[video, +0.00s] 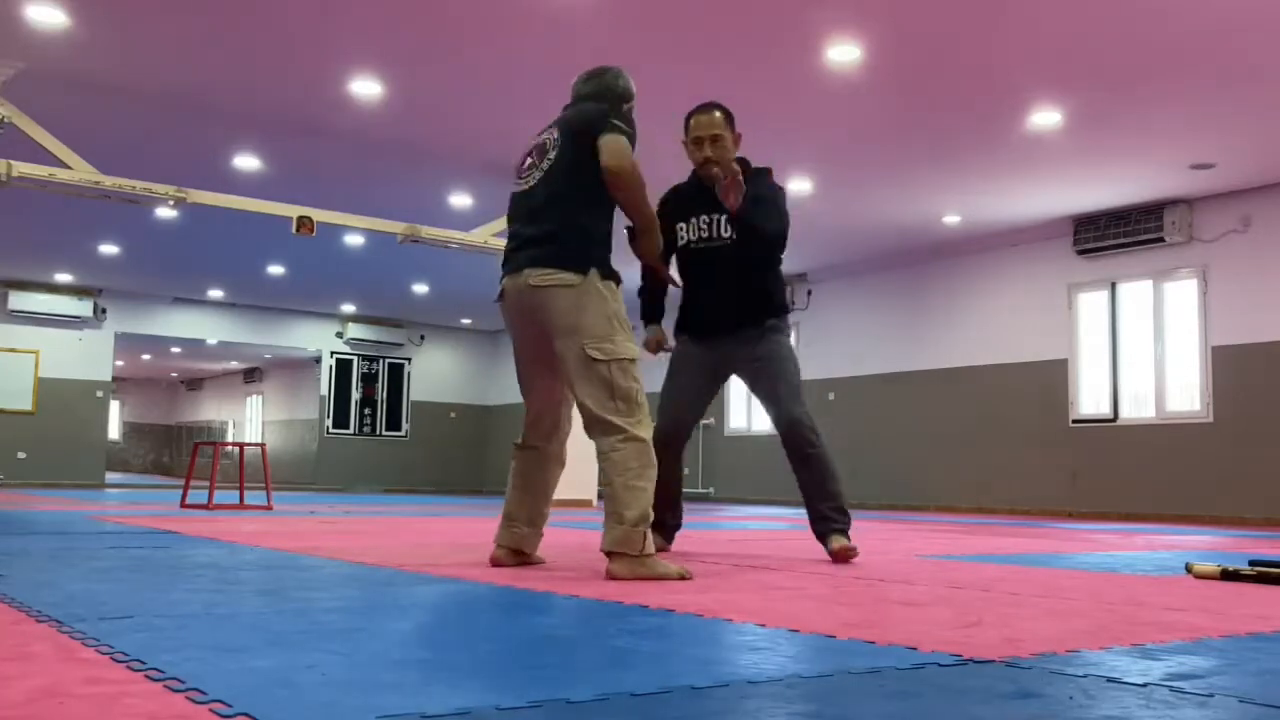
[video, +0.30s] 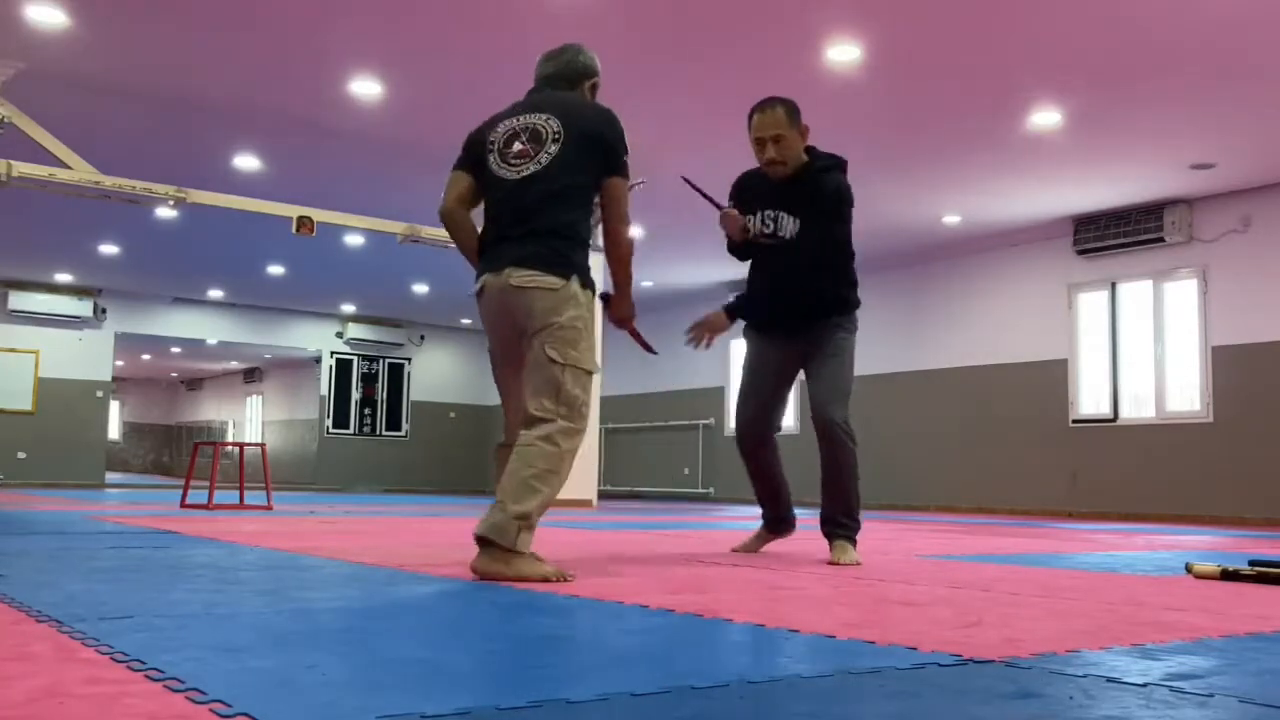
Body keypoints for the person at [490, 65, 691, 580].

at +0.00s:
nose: (633, 112)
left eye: (632, 104)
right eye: (631, 104)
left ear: (578, 98)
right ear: (622, 102)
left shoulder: (546, 139)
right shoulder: (607, 121)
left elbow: (549, 220)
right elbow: (617, 166)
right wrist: (648, 230)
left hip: (518, 284)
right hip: (573, 280)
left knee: (543, 421)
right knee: (622, 420)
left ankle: (514, 542)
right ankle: (630, 551)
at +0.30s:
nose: (599, 97)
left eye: (598, 91)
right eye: (599, 90)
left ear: (540, 81)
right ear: (590, 86)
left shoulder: (494, 127)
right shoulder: (599, 121)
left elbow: (452, 207)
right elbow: (616, 225)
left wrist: (486, 265)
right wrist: (623, 294)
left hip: (494, 283)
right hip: (554, 283)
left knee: (519, 419)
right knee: (560, 419)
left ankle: (511, 545)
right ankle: (503, 546)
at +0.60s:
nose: (603, 142)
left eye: (606, 132)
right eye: (605, 128)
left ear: (575, 113)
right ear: (592, 115)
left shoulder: (555, 169)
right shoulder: (549, 125)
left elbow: (584, 263)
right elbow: (532, 187)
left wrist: (617, 216)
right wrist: (583, 260)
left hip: (515, 303)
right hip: (520, 302)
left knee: (529, 422)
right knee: (552, 422)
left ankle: (522, 526)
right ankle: (501, 550)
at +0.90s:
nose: (631, 185)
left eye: (635, 177)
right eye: (629, 172)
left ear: (607, 164)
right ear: (605, 157)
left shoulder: (595, 231)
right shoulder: (537, 168)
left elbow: (641, 289)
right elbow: (467, 202)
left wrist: (689, 232)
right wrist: (509, 251)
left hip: (532, 334)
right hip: (485, 314)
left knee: (572, 431)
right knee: (505, 407)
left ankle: (526, 537)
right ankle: (450, 544)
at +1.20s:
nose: (627, 189)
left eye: (632, 181)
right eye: (628, 176)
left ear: (607, 167)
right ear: (607, 162)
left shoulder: (586, 234)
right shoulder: (544, 174)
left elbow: (613, 304)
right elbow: (475, 193)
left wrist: (672, 276)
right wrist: (516, 250)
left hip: (529, 337)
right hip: (491, 322)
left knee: (571, 425)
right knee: (507, 422)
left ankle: (529, 533)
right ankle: (450, 544)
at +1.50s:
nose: (614, 157)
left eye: (614, 149)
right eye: (614, 149)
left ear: (566, 138)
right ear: (603, 144)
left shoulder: (525, 178)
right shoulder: (600, 176)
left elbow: (475, 246)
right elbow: (646, 252)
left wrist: (520, 277)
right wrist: (693, 302)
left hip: (501, 313)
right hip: (542, 315)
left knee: (545, 423)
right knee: (559, 425)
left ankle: (536, 535)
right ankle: (519, 535)